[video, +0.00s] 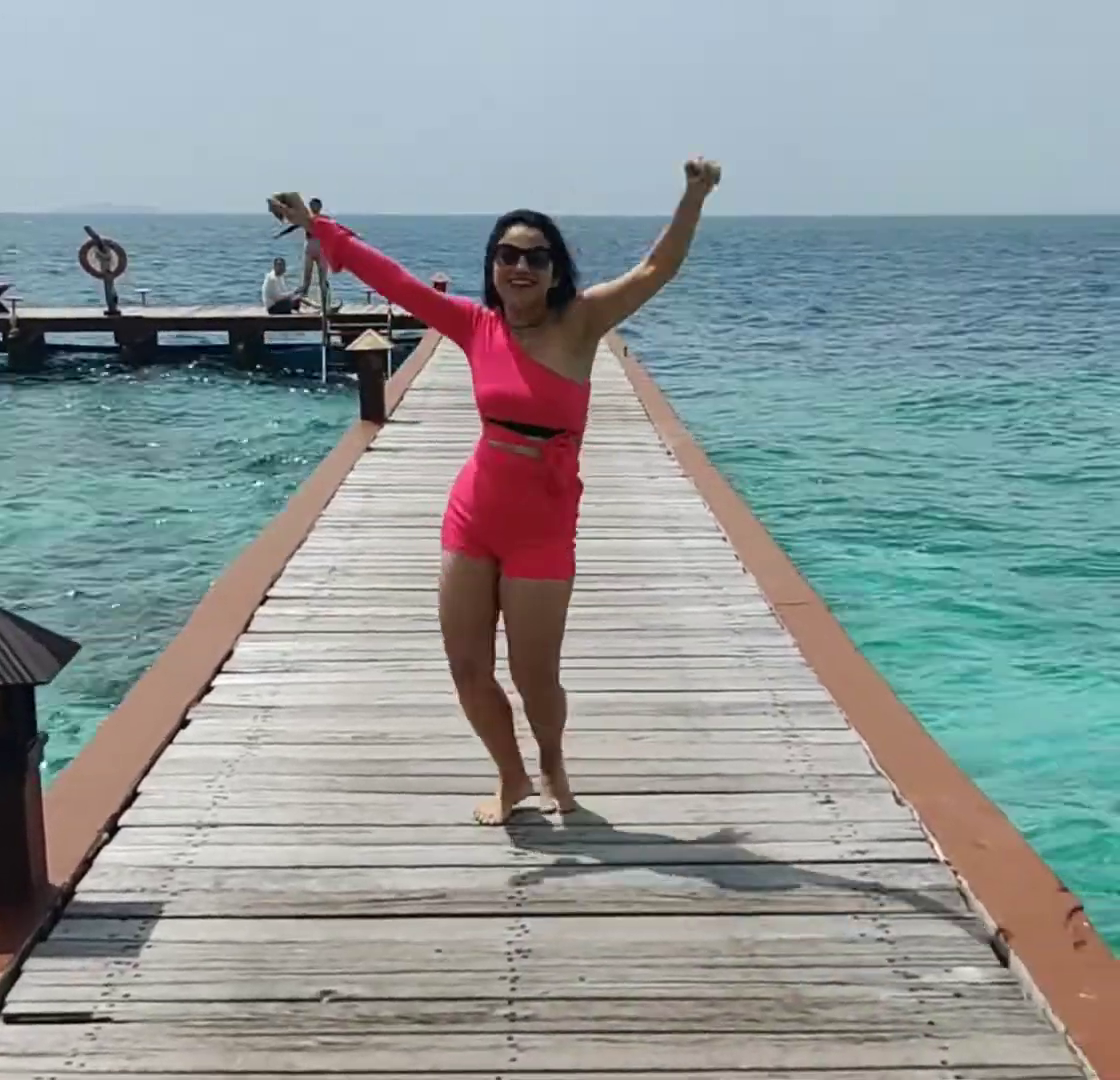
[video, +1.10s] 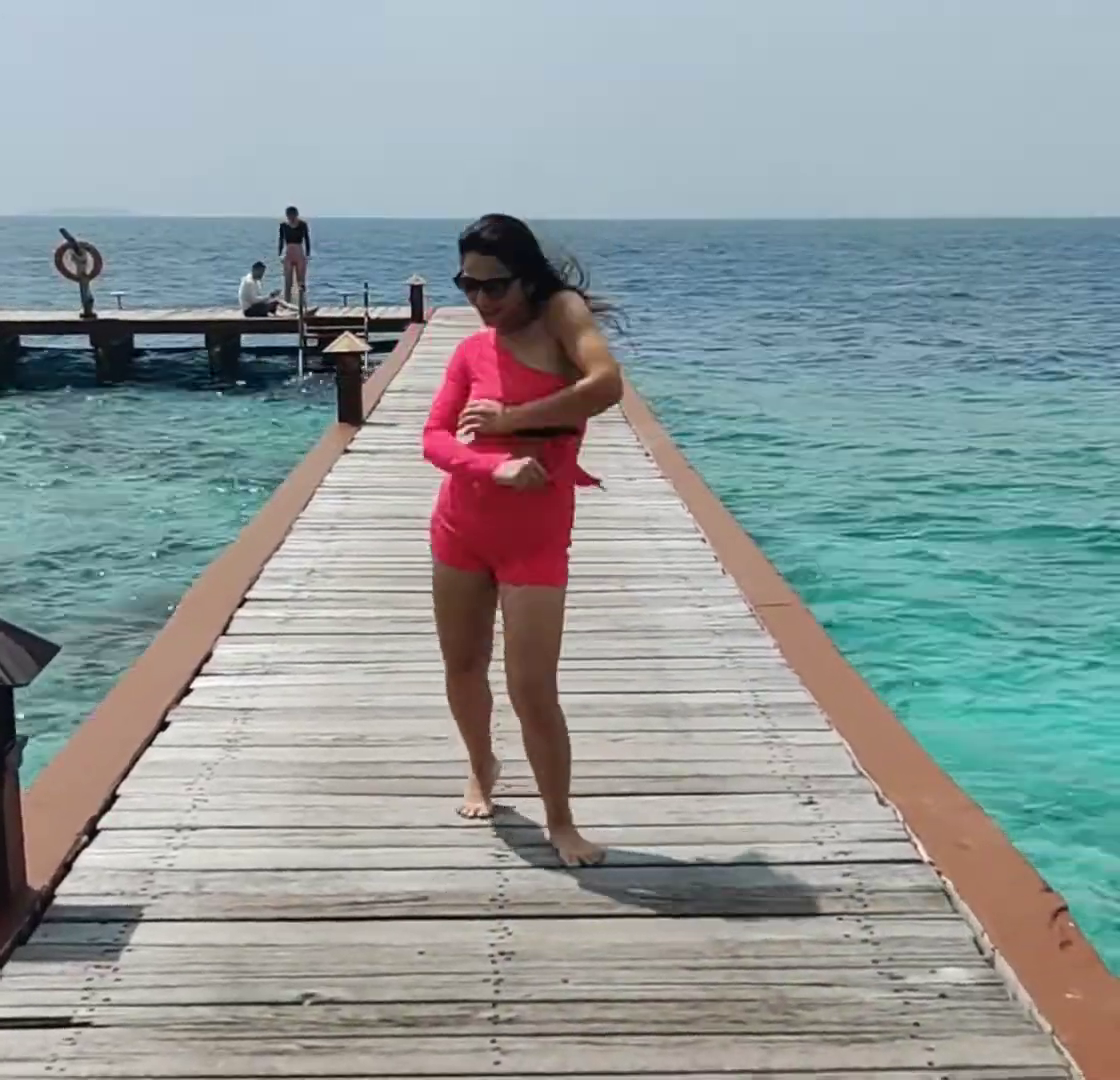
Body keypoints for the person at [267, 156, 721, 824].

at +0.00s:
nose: (521, 265)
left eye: (536, 256)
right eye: (509, 255)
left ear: (557, 267)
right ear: (491, 265)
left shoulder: (582, 320)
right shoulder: (477, 325)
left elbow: (656, 269)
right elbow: (396, 283)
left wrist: (693, 198)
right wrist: (314, 225)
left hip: (544, 523)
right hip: (473, 512)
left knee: (534, 676)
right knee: (467, 670)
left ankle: (551, 766)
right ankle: (511, 778)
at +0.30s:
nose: (505, 243)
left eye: (521, 233)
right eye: (494, 231)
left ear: (545, 246)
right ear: (476, 240)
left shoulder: (563, 313)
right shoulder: (442, 301)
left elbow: (666, 273)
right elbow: (351, 299)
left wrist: (747, 233)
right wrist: (275, 288)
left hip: (556, 497)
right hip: (478, 502)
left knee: (545, 648)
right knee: (490, 659)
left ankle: (536, 771)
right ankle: (485, 774)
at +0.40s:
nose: (504, 271)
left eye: (519, 260)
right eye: (491, 258)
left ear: (540, 271)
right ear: (474, 266)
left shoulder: (562, 339)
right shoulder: (441, 327)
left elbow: (665, 320)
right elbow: (350, 341)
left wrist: (752, 301)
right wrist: (262, 345)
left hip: (554, 519)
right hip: (479, 527)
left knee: (545, 668)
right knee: (499, 682)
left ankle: (532, 775)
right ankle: (492, 780)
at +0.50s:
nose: (504, 269)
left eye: (519, 259)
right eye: (490, 257)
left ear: (540, 268)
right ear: (472, 263)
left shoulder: (559, 338)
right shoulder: (441, 326)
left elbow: (645, 354)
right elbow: (349, 372)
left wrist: (738, 365)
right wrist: (257, 411)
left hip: (548, 516)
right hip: (471, 521)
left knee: (541, 664)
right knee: (489, 677)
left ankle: (531, 773)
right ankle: (493, 780)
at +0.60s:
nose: (500, 265)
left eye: (516, 254)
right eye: (487, 251)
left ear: (536, 263)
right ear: (471, 255)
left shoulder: (557, 323)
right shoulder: (440, 324)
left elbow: (582, 366)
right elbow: (403, 397)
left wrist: (624, 404)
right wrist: (368, 463)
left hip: (535, 507)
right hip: (458, 507)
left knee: (544, 663)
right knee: (477, 661)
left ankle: (534, 757)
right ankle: (482, 783)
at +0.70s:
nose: (495, 261)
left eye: (511, 251)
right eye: (483, 247)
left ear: (530, 259)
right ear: (464, 252)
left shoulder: (548, 308)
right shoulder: (444, 327)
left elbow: (523, 356)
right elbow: (481, 409)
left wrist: (488, 394)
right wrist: (531, 474)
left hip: (529, 503)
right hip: (451, 505)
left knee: (536, 646)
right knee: (471, 660)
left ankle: (529, 719)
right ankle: (480, 782)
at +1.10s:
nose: (480, 300)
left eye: (494, 285)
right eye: (469, 287)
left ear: (528, 277)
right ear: (463, 283)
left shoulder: (564, 318)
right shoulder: (470, 350)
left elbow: (607, 384)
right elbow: (434, 440)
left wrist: (514, 419)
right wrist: (494, 465)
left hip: (534, 540)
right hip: (460, 532)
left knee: (533, 694)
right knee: (463, 669)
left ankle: (561, 823)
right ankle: (481, 770)